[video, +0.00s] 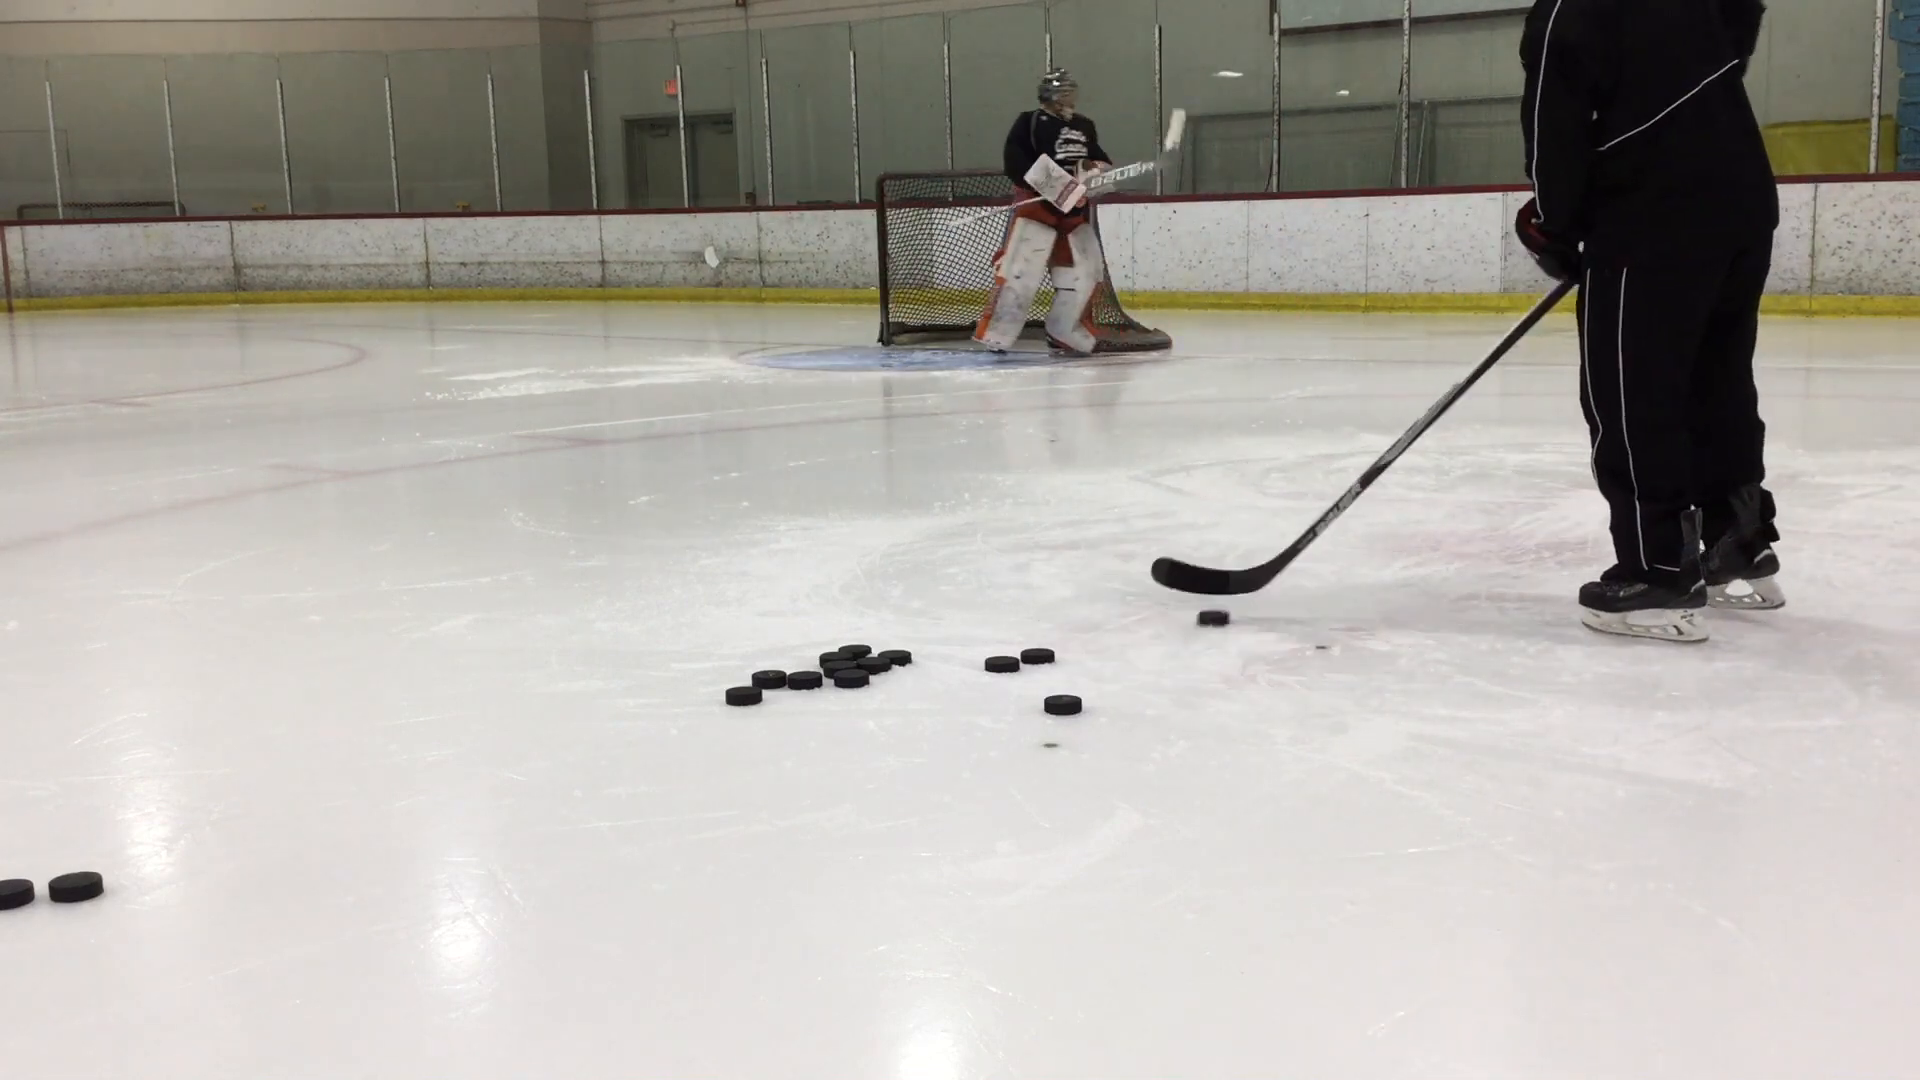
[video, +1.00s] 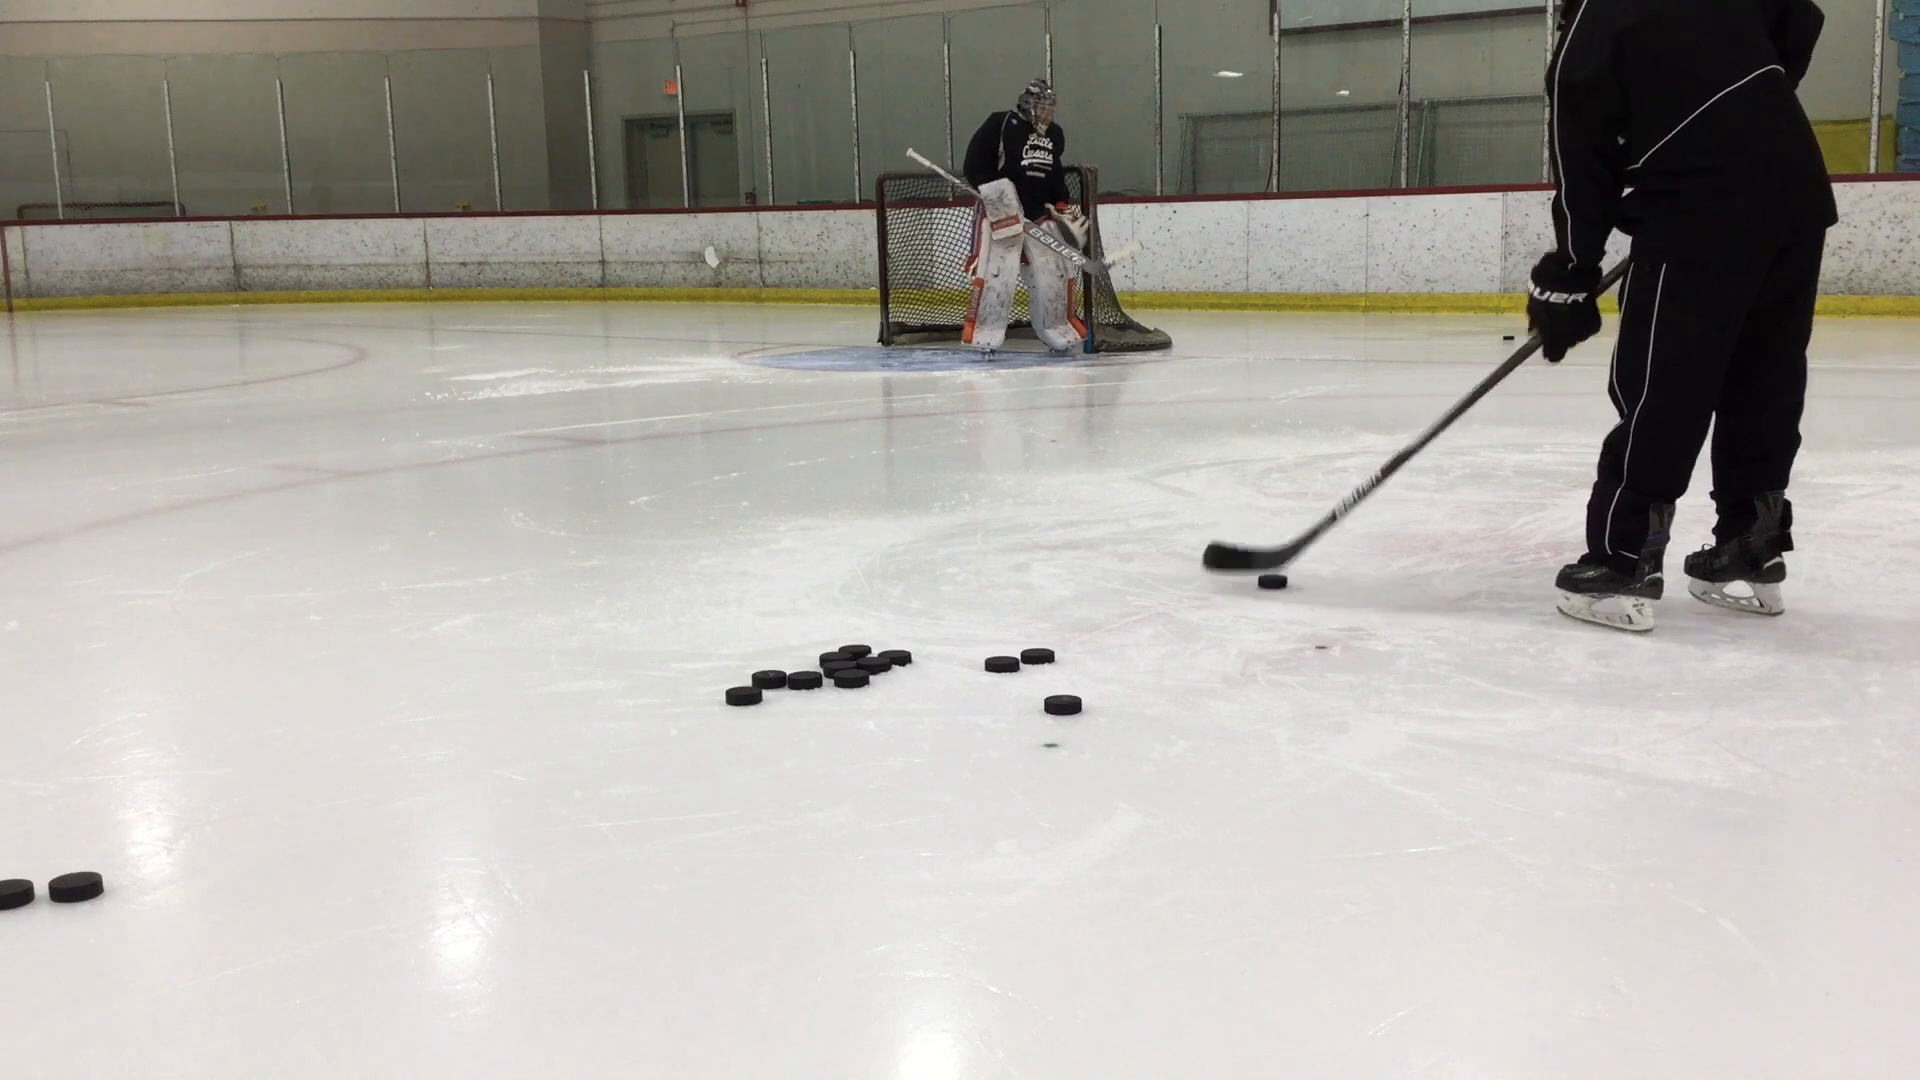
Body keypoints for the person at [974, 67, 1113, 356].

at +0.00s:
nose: (1071, 97)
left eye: (1073, 92)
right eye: (1065, 92)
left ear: (1075, 94)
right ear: (1049, 95)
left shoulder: (1084, 126)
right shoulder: (1029, 122)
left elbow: (1101, 160)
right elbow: (1014, 166)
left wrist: (1098, 168)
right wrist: (1054, 189)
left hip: (1074, 217)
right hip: (1035, 214)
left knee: (1083, 275)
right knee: (1020, 275)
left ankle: (1062, 333)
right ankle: (997, 337)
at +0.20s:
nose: (1045, 95)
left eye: (1048, 90)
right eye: (1038, 90)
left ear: (1052, 91)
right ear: (1023, 93)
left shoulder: (1064, 122)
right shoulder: (1006, 123)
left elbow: (1096, 151)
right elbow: (987, 165)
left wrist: (1090, 176)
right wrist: (1024, 189)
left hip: (1058, 217)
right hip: (1016, 217)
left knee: (1067, 275)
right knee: (1005, 276)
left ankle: (1048, 332)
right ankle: (989, 339)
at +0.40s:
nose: (1032, 99)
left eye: (1036, 93)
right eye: (1026, 94)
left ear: (1043, 95)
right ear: (1013, 95)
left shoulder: (1056, 123)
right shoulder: (994, 125)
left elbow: (1082, 157)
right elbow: (972, 167)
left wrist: (1070, 187)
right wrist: (1001, 202)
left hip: (1047, 216)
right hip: (1006, 216)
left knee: (1055, 278)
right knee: (1001, 277)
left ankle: (1054, 338)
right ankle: (989, 340)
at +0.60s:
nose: (1029, 102)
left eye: (1033, 96)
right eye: (1023, 97)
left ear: (1039, 98)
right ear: (1009, 98)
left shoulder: (1050, 126)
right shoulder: (989, 125)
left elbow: (1076, 160)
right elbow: (966, 163)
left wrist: (1078, 196)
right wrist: (986, 200)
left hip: (1042, 213)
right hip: (999, 213)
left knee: (1050, 276)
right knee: (995, 276)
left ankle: (1051, 337)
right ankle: (984, 340)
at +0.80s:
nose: (1033, 108)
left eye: (1037, 102)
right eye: (1027, 102)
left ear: (1041, 103)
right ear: (1013, 102)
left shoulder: (1048, 128)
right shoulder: (989, 125)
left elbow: (1057, 169)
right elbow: (966, 167)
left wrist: (1068, 202)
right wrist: (990, 205)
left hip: (1039, 216)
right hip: (998, 215)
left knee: (1049, 276)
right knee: (993, 278)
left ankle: (1053, 338)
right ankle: (983, 341)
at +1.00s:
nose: (1049, 111)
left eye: (1051, 105)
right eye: (1044, 105)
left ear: (1052, 107)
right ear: (1028, 104)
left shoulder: (1054, 134)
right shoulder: (1000, 123)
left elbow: (1054, 172)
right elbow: (974, 166)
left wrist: (1062, 204)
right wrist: (998, 204)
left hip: (1040, 215)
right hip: (1001, 215)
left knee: (1053, 273)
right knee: (997, 275)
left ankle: (1060, 337)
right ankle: (986, 340)